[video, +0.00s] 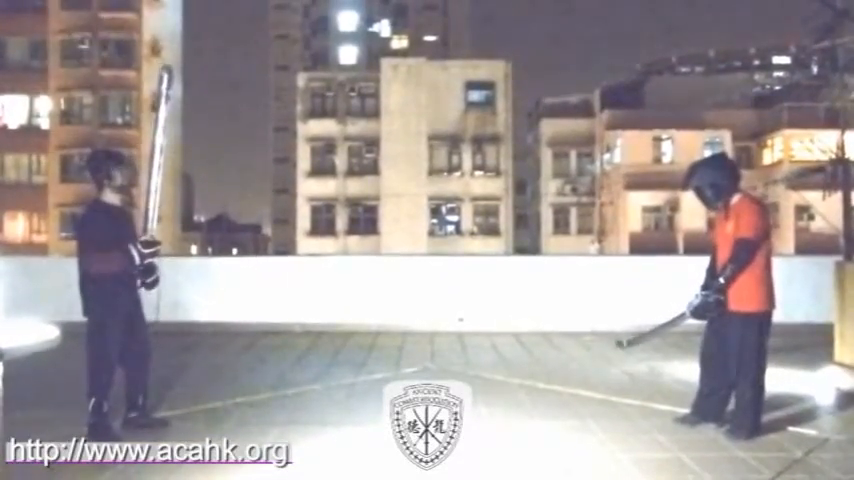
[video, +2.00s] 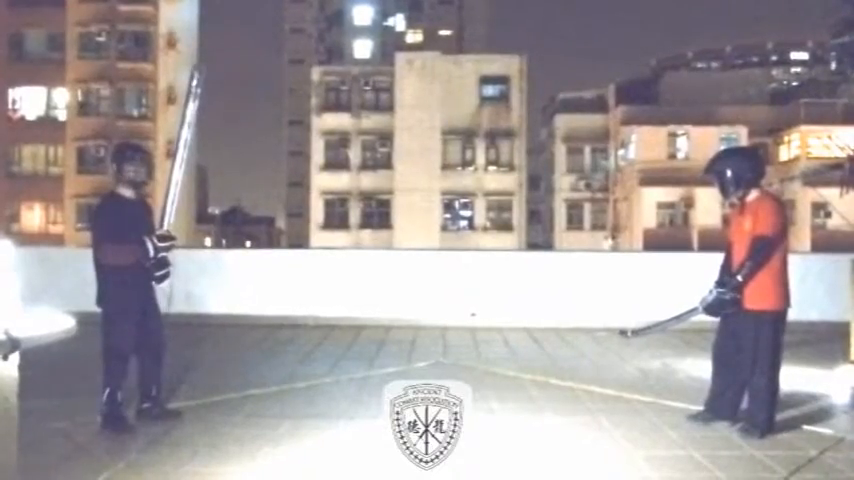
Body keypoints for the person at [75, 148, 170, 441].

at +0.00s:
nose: (131, 177)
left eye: (130, 171)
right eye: (125, 171)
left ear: (112, 176)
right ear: (108, 175)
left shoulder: (123, 214)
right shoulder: (94, 217)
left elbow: (124, 255)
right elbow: (93, 265)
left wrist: (143, 260)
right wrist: (131, 258)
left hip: (126, 294)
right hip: (102, 297)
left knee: (137, 349)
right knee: (104, 354)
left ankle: (136, 411)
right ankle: (98, 417)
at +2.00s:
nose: (139, 170)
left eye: (143, 165)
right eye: (133, 164)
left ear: (148, 171)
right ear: (118, 168)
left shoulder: (143, 208)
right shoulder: (107, 208)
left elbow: (145, 247)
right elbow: (106, 254)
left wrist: (160, 251)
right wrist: (146, 251)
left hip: (142, 287)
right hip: (116, 289)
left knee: (152, 342)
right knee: (118, 346)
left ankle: (150, 400)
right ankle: (111, 406)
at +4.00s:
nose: (139, 153)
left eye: (138, 148)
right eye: (133, 148)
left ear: (120, 150)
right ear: (118, 150)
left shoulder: (126, 187)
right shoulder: (104, 189)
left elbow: (128, 225)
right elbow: (107, 234)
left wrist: (148, 222)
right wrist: (145, 240)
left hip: (133, 269)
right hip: (113, 271)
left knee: (145, 322)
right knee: (115, 327)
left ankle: (146, 381)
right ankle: (107, 388)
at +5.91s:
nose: (138, 161)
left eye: (137, 155)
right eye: (132, 155)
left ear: (119, 159)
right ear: (115, 159)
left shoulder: (128, 194)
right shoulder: (101, 198)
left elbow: (130, 233)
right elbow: (104, 246)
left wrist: (148, 241)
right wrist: (145, 251)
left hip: (136, 278)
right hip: (113, 280)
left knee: (149, 332)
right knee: (116, 338)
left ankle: (150, 392)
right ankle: (111, 398)